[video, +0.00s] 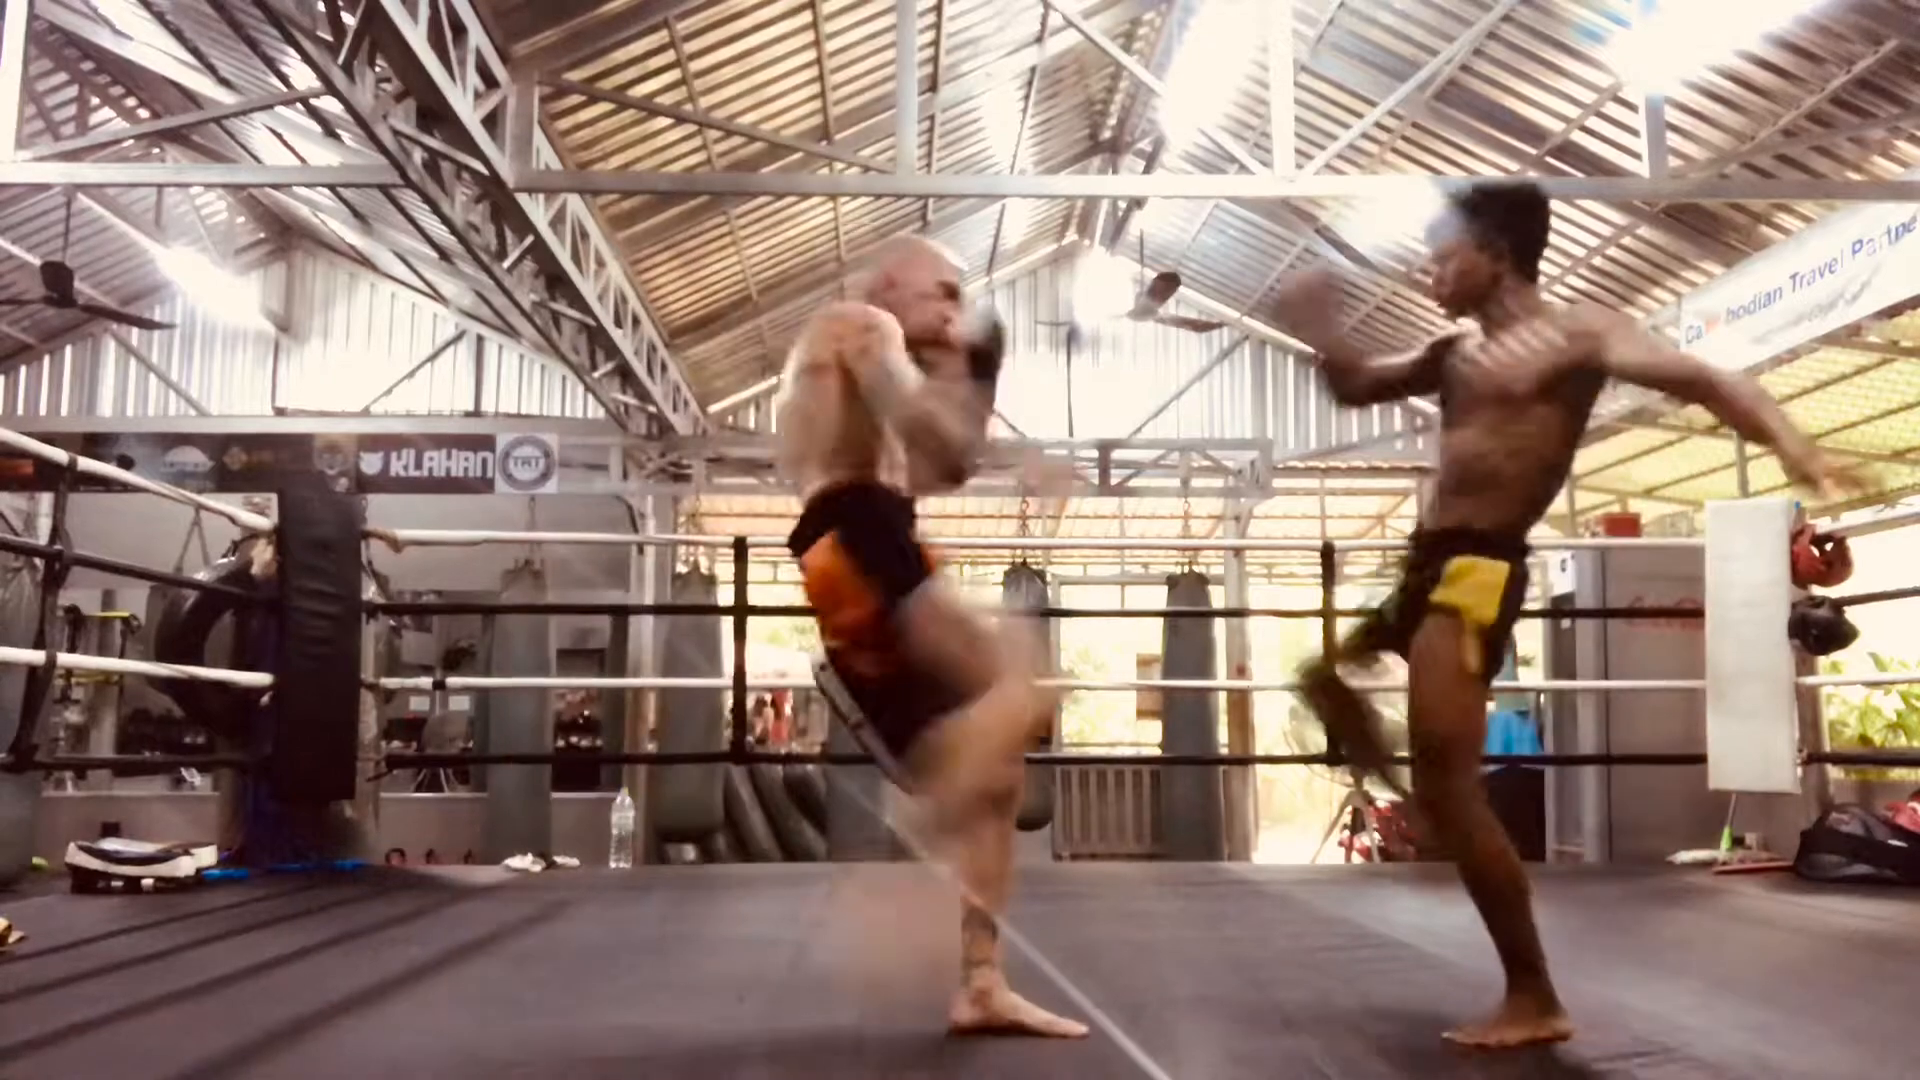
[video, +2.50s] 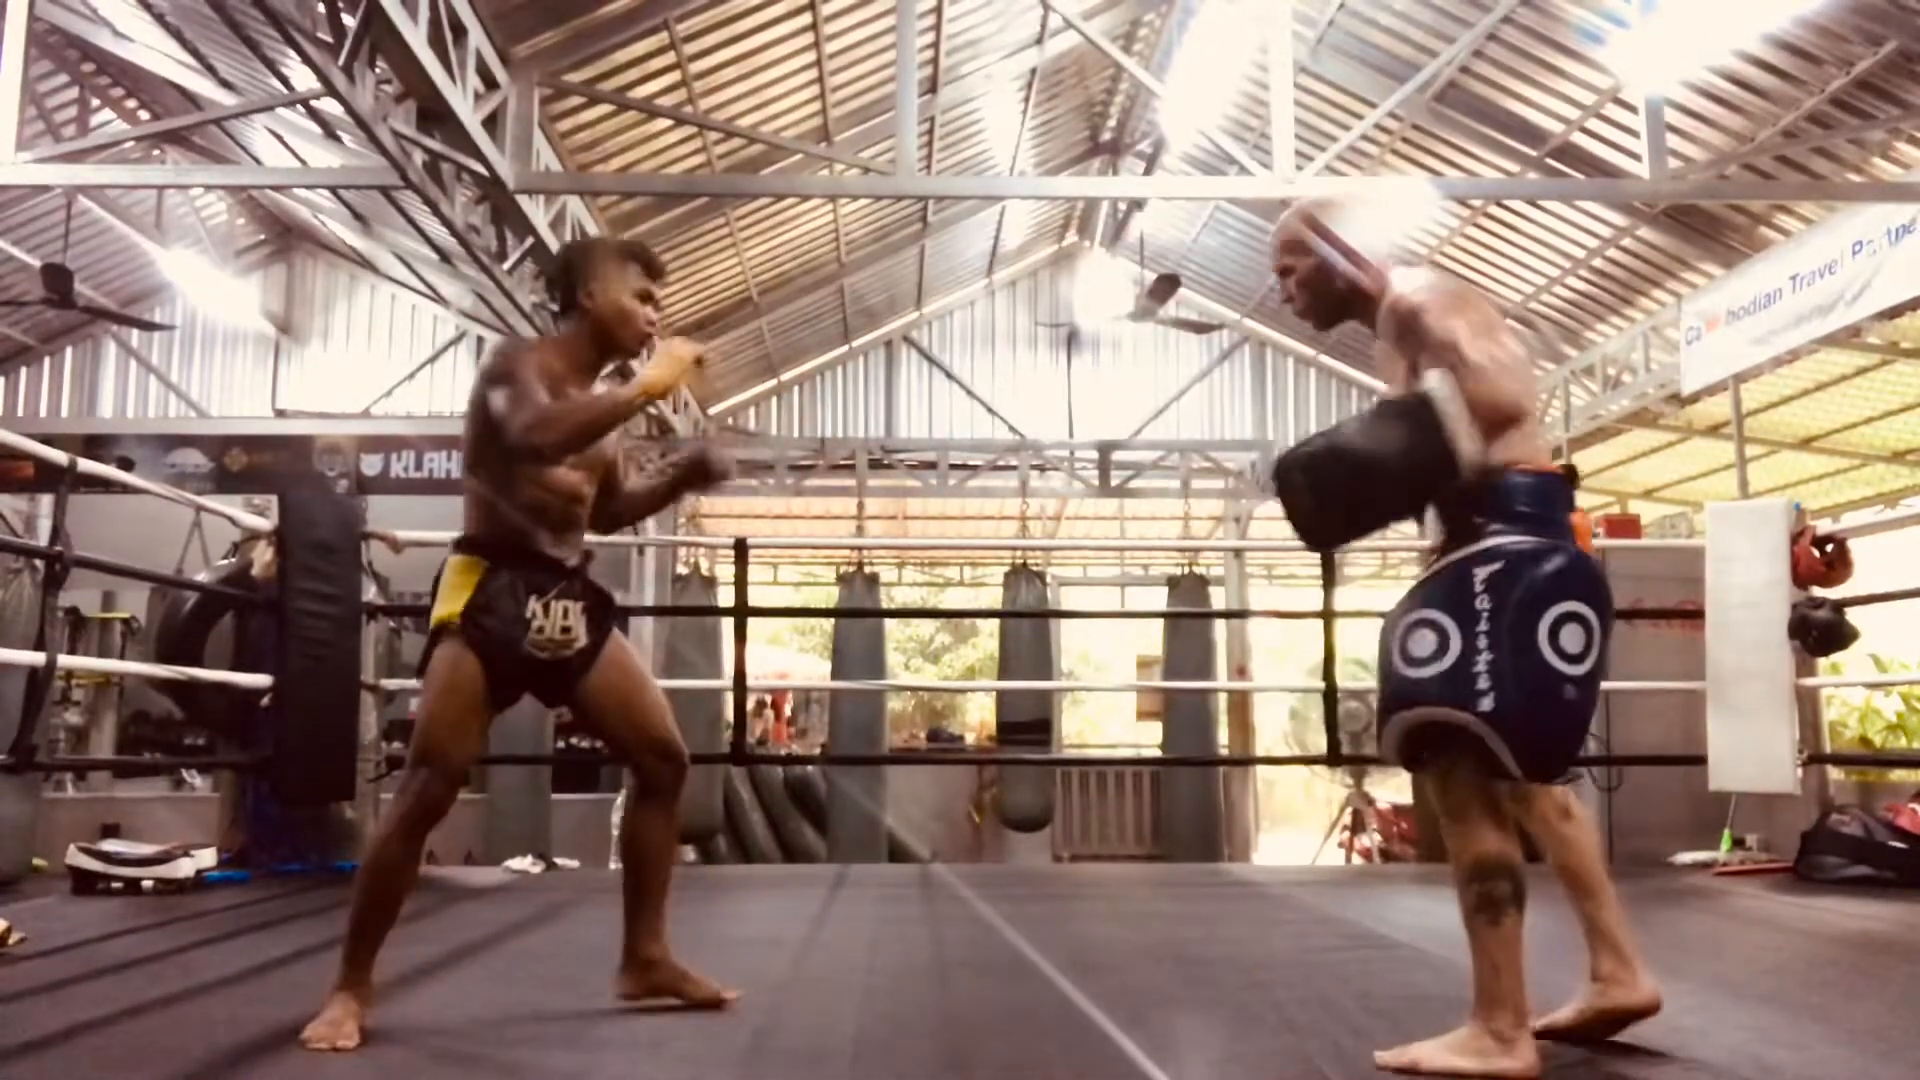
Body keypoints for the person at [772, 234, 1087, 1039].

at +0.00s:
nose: (955, 312)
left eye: (957, 298)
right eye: (943, 293)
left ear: (893, 300)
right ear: (890, 290)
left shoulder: (832, 341)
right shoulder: (863, 323)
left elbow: (951, 464)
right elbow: (923, 425)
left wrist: (954, 365)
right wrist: (960, 371)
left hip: (834, 557)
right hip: (863, 538)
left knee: (991, 769)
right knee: (1020, 668)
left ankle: (983, 982)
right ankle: (942, 798)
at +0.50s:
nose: (1026, 248)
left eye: (1030, 236)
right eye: (1015, 230)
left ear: (985, 229)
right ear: (965, 221)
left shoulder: (964, 318)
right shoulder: (923, 272)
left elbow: (963, 451)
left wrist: (1027, 407)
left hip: (936, 513)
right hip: (918, 502)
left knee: (1011, 745)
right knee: (1004, 733)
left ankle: (984, 983)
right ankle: (880, 983)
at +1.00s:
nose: (1048, 286)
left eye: (1054, 272)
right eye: (1046, 265)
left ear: (1010, 245)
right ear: (1013, 240)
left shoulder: (971, 317)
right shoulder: (928, 277)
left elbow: (954, 467)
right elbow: (969, 372)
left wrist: (1022, 453)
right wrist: (1057, 308)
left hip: (956, 544)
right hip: (910, 539)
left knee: (998, 782)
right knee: (900, 804)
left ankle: (986, 987)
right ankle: (774, 1042)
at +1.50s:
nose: (1162, 252)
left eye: (1155, 240)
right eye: (1158, 240)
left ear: (1082, 244)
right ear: (1144, 237)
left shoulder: (1028, 326)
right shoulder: (1149, 289)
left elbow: (946, 432)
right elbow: (1196, 411)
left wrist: (1007, 500)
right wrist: (1184, 478)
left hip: (1016, 533)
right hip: (1091, 520)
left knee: (1080, 788)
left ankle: (1077, 1006)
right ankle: (921, 942)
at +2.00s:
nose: (1252, 302)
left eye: (1254, 286)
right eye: (1249, 289)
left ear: (1285, 266)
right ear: (1317, 261)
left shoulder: (1284, 322)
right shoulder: (1410, 334)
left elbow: (1298, 430)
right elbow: (1429, 461)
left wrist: (1214, 454)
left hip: (1333, 562)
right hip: (1431, 551)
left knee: (1230, 797)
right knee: (1470, 788)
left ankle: (1171, 1011)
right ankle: (1573, 999)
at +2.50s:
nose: (1285, 291)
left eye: (1291, 268)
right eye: (1279, 274)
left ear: (1338, 252)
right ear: (1342, 255)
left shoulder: (1415, 299)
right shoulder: (1430, 307)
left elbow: (1505, 395)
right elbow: (1456, 424)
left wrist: (1396, 442)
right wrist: (1372, 464)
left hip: (1501, 530)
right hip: (1535, 528)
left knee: (1462, 770)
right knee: (1532, 772)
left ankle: (1500, 1026)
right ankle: (1619, 974)